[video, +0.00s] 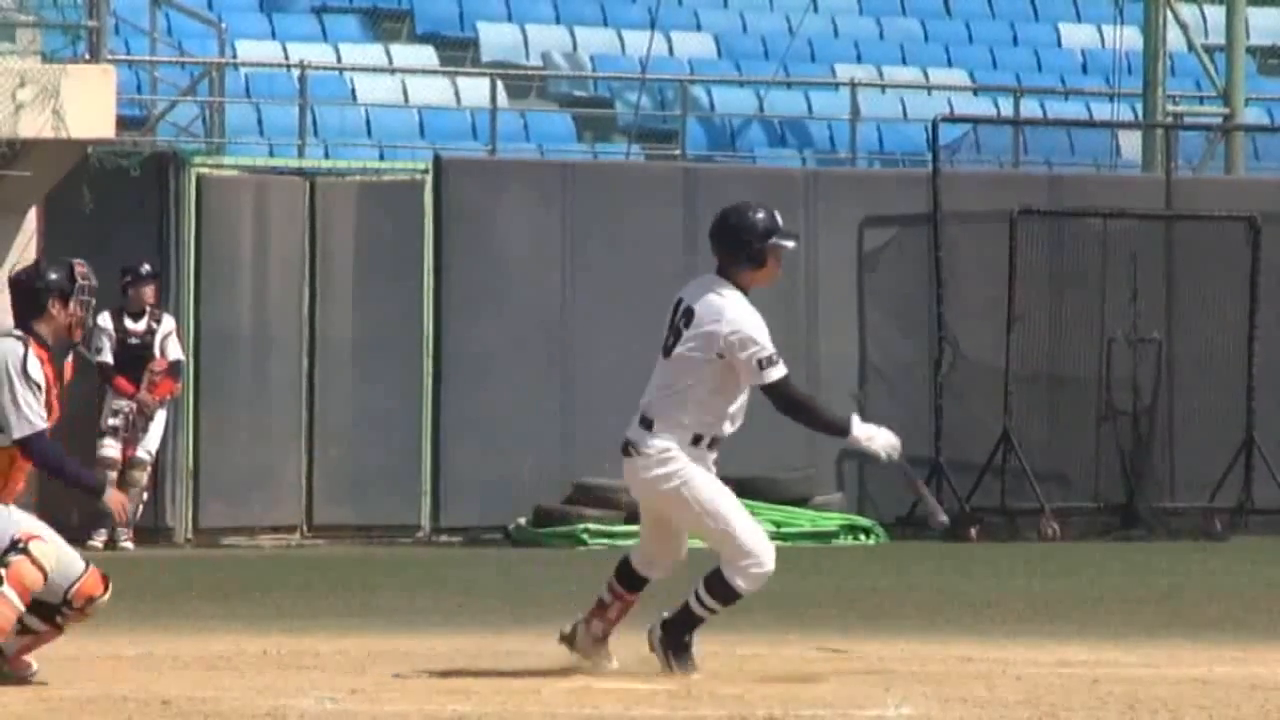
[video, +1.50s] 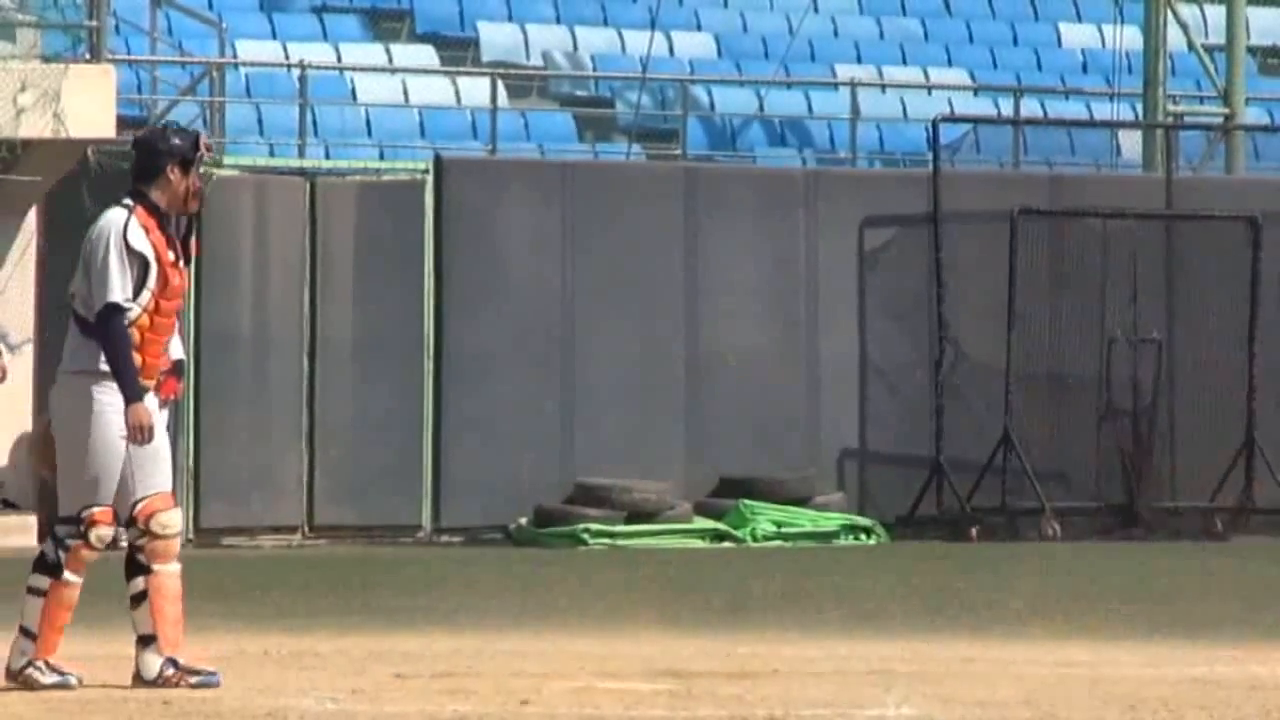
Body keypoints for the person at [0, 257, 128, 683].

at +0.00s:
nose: (80, 312)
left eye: (80, 302)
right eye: (74, 302)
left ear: (50, 307)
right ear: (52, 307)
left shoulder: (45, 356)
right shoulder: (14, 354)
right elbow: (35, 444)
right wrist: (101, 489)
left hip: (8, 509)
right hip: (3, 509)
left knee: (84, 586)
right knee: (25, 566)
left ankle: (9, 653)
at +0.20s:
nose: (97, 274)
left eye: (101, 264)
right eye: (95, 261)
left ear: (72, 256)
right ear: (70, 253)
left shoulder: (47, 299)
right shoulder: (29, 295)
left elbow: (21, 382)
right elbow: (18, 382)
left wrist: (37, 461)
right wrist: (45, 460)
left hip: (10, 451)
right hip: (3, 451)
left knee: (59, 547)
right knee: (39, 548)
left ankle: (4, 648)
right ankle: (2, 648)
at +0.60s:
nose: (115, 218)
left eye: (116, 208)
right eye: (110, 207)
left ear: (84, 208)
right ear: (84, 209)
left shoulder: (63, 261)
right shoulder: (35, 253)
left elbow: (46, 357)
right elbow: (1, 336)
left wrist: (81, 423)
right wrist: (12, 408)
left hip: (16, 416)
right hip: (4, 416)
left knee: (20, 536)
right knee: (60, 518)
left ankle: (14, 649)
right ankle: (36, 656)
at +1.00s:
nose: (130, 194)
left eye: (131, 184)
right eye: (124, 183)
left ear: (104, 183)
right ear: (98, 182)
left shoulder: (94, 240)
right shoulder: (47, 239)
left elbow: (83, 331)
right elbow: (29, 330)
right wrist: (58, 409)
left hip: (68, 391)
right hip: (26, 392)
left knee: (101, 517)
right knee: (59, 520)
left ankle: (54, 638)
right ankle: (25, 655)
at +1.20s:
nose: (152, 190)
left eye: (154, 180)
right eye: (147, 179)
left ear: (127, 180)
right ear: (120, 177)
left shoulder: (119, 237)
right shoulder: (69, 233)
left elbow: (97, 328)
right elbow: (58, 327)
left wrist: (118, 386)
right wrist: (87, 404)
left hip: (85, 387)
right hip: (44, 386)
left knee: (127, 509)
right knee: (59, 521)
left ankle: (134, 648)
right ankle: (26, 660)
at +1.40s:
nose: (183, 186)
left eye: (182, 175)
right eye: (175, 175)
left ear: (154, 179)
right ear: (147, 177)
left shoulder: (152, 237)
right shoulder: (98, 230)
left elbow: (145, 320)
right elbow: (93, 322)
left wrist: (157, 378)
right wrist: (118, 401)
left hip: (123, 394)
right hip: (75, 392)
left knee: (147, 524)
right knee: (64, 528)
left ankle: (156, 659)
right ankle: (27, 661)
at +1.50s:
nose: (198, 184)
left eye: (198, 173)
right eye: (193, 173)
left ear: (166, 175)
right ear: (168, 174)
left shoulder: (160, 233)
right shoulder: (117, 227)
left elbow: (153, 311)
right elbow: (110, 317)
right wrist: (134, 397)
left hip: (144, 391)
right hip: (96, 388)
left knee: (160, 526)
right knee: (88, 527)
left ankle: (159, 660)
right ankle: (32, 657)